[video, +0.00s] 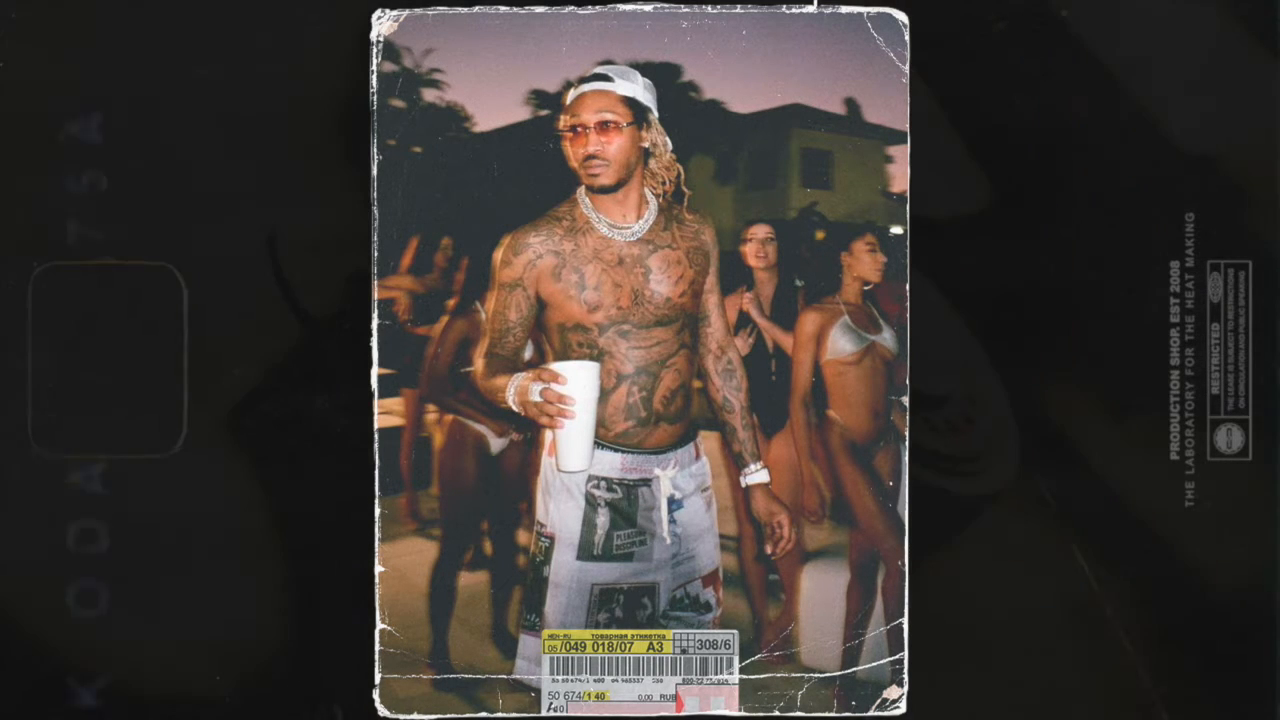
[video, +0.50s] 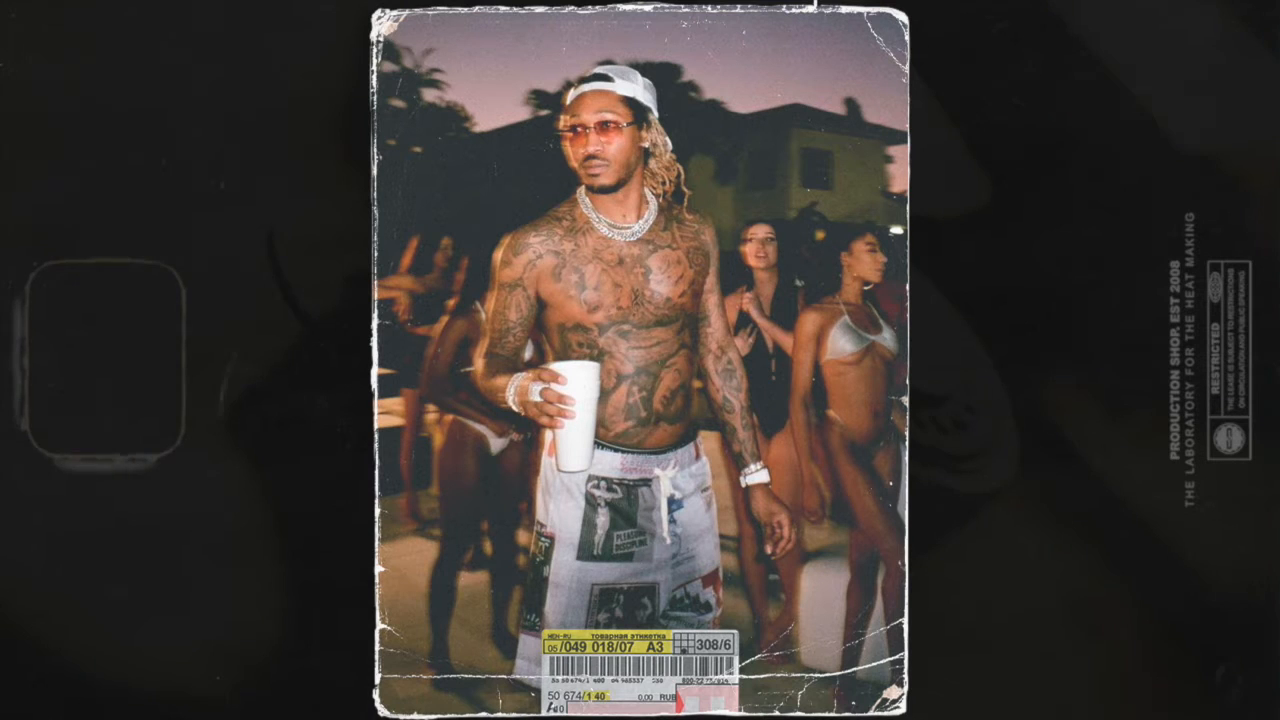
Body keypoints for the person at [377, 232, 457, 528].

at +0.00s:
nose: (445, 254)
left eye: (450, 249)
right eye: (441, 248)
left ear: (455, 254)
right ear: (431, 250)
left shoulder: (458, 275)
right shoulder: (415, 282)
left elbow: (461, 302)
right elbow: (397, 283)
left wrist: (437, 327)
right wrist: (404, 300)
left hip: (445, 349)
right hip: (417, 346)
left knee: (449, 427)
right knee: (412, 428)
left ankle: (451, 499)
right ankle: (410, 502)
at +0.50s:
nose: (446, 255)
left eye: (451, 250)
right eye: (442, 248)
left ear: (455, 255)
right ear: (430, 251)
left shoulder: (455, 280)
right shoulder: (414, 282)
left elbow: (462, 303)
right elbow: (396, 284)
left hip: (445, 349)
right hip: (417, 347)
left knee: (450, 425)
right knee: (413, 427)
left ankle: (452, 498)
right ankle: (410, 501)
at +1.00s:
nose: (445, 254)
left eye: (450, 250)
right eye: (441, 248)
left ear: (456, 255)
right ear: (431, 251)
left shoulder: (455, 281)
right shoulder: (414, 283)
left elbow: (461, 303)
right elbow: (395, 284)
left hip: (445, 350)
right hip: (416, 348)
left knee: (450, 425)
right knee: (413, 427)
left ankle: (451, 498)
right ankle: (410, 500)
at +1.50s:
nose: (445, 255)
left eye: (450, 250)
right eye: (441, 248)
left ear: (455, 255)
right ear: (430, 252)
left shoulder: (455, 282)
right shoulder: (414, 283)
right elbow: (401, 320)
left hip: (446, 352)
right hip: (417, 349)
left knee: (450, 426)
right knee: (413, 427)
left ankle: (452, 496)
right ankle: (410, 500)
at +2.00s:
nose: (446, 255)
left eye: (451, 250)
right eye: (442, 249)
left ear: (455, 255)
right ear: (431, 252)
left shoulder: (454, 283)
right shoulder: (414, 283)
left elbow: (459, 315)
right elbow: (401, 321)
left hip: (444, 354)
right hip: (416, 352)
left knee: (449, 426)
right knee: (413, 427)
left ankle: (450, 499)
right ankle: (410, 500)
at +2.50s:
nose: (446, 254)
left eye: (451, 250)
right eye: (442, 248)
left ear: (455, 255)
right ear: (430, 252)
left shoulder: (454, 282)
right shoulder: (414, 282)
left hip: (445, 352)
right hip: (416, 350)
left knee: (449, 426)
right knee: (413, 428)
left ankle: (451, 499)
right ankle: (410, 500)